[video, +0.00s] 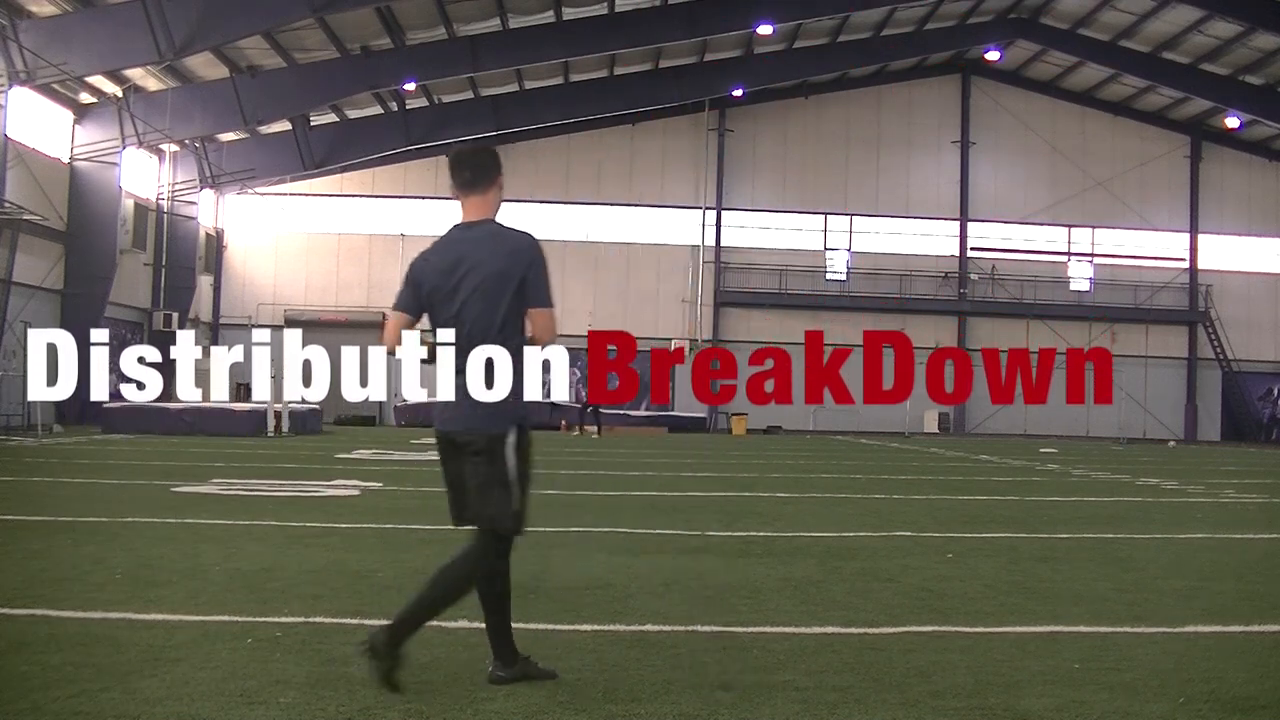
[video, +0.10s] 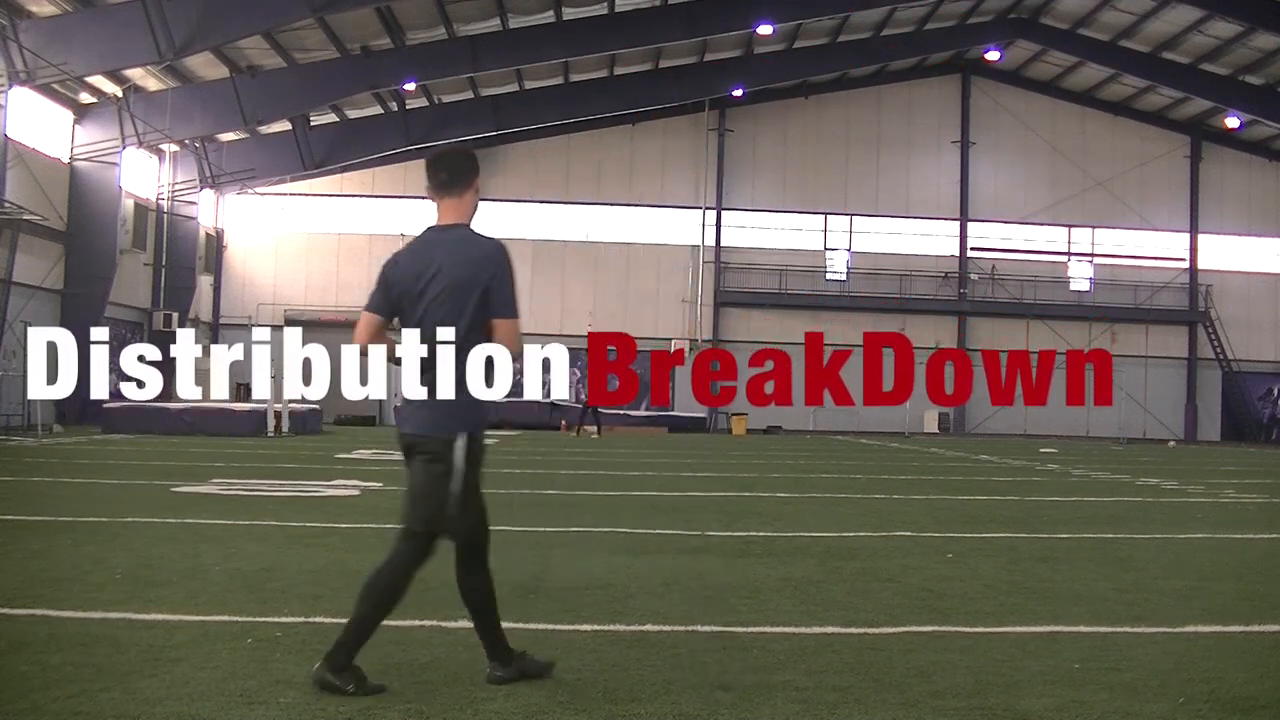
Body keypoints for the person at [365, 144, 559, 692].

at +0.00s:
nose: (496, 192)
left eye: (481, 183)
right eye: (498, 182)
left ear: (453, 189)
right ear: (499, 184)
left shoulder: (431, 258)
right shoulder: (521, 247)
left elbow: (391, 335)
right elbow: (543, 330)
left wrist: (439, 335)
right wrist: (503, 325)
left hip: (452, 420)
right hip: (500, 420)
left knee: (492, 537)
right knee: (496, 536)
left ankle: (507, 659)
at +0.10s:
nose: (480, 195)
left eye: (472, 186)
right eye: (479, 186)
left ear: (431, 192)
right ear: (475, 187)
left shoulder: (404, 260)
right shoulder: (488, 254)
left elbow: (365, 338)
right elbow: (508, 343)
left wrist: (414, 359)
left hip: (416, 423)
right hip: (454, 427)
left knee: (471, 540)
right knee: (415, 543)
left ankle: (501, 657)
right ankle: (337, 662)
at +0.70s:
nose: (367, 224)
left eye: (366, 215)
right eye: (369, 214)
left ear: (318, 208)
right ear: (360, 210)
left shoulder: (274, 257)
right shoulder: (346, 259)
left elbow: (252, 343)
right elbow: (330, 335)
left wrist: (296, 419)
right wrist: (343, 397)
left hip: (206, 418)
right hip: (260, 427)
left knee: (209, 549)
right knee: (290, 546)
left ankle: (158, 685)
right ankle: (319, 673)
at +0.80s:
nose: (358, 262)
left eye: (359, 253)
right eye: (360, 252)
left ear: (311, 240)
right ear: (352, 245)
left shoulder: (264, 273)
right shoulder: (336, 286)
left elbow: (227, 358)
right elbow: (326, 378)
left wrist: (267, 444)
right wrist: (336, 453)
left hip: (171, 404)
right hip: (228, 414)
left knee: (185, 541)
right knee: (260, 538)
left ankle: (157, 687)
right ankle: (275, 672)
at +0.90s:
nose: (350, 305)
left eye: (353, 296)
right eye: (352, 294)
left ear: (304, 278)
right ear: (342, 285)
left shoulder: (249, 299)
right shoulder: (324, 315)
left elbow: (215, 390)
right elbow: (311, 404)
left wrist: (237, 500)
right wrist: (304, 488)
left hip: (144, 398)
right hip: (201, 406)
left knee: (165, 539)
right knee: (225, 535)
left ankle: (155, 687)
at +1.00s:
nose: (336, 351)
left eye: (338, 340)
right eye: (339, 339)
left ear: (297, 316)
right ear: (327, 328)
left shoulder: (246, 327)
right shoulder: (314, 351)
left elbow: (197, 412)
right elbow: (291, 435)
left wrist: (198, 531)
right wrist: (276, 530)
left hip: (120, 397)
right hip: (175, 409)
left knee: (148, 549)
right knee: (183, 551)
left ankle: (155, 693)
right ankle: (162, 699)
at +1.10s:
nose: (329, 378)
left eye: (330, 369)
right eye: (328, 368)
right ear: (320, 361)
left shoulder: (228, 355)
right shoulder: (300, 382)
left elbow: (184, 448)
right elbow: (280, 474)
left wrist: (201, 549)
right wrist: (260, 569)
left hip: (93, 403)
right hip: (156, 411)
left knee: (145, 552)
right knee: (188, 553)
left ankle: (154, 694)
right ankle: (160, 702)